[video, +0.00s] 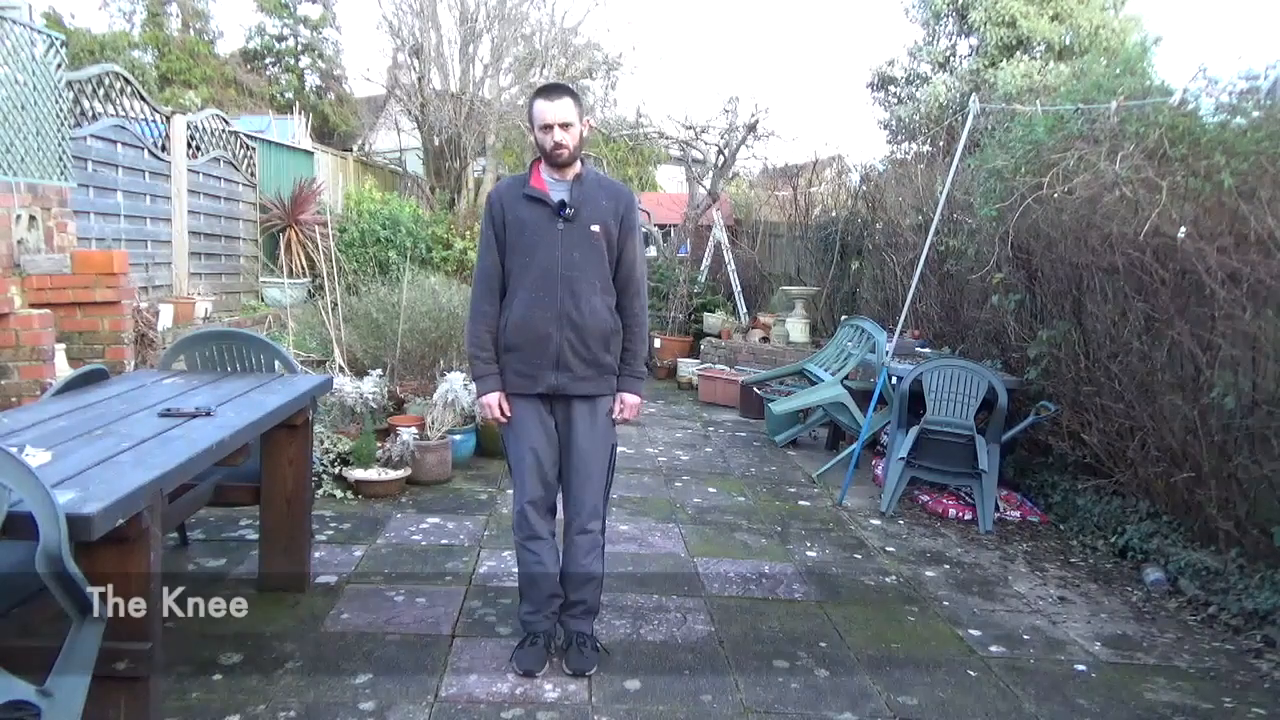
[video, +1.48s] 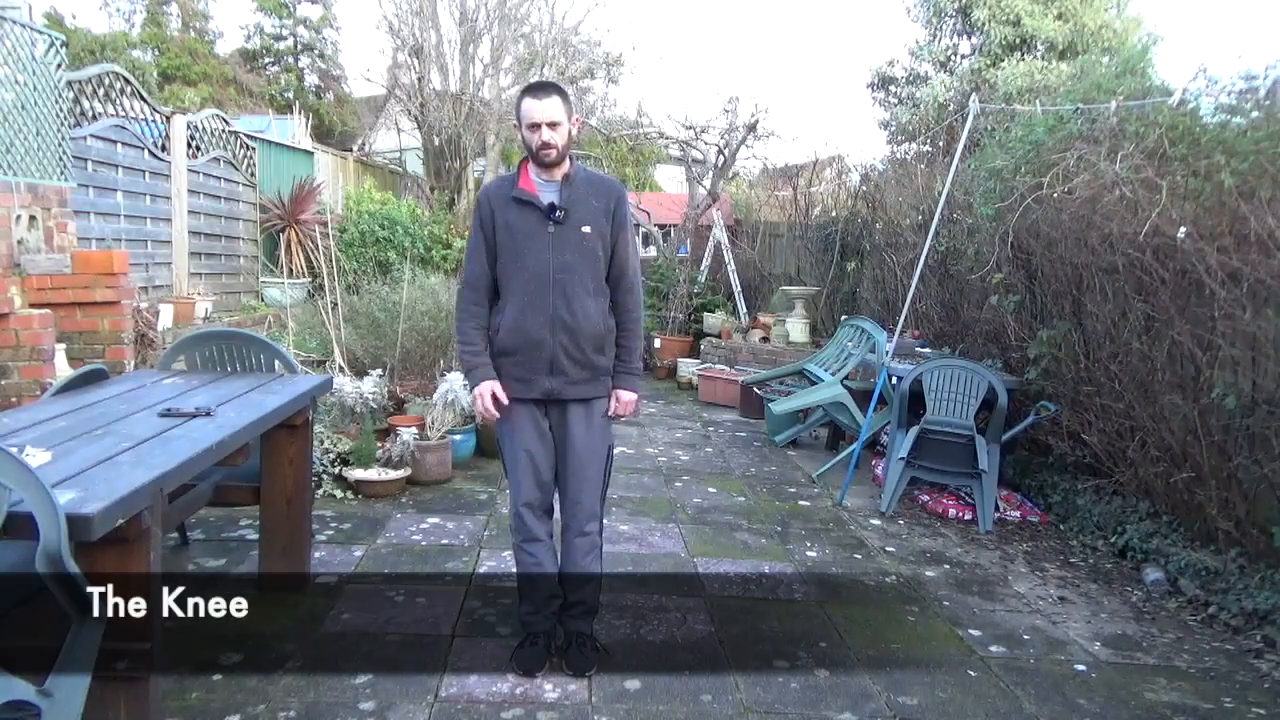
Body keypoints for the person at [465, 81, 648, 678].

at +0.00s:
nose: (556, 136)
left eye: (565, 125)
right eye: (545, 128)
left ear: (583, 127)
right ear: (532, 133)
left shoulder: (617, 199)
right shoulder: (504, 198)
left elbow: (633, 296)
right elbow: (485, 294)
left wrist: (633, 379)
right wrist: (485, 377)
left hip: (594, 378)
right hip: (522, 378)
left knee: (586, 509)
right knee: (532, 506)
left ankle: (581, 627)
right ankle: (535, 625)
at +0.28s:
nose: (550, 137)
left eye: (559, 126)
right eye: (539, 128)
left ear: (578, 127)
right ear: (527, 132)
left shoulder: (613, 195)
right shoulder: (501, 197)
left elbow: (632, 293)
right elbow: (483, 295)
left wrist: (632, 377)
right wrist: (483, 378)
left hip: (594, 378)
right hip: (521, 379)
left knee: (585, 510)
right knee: (531, 506)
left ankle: (580, 632)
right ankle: (536, 631)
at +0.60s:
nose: (546, 137)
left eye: (556, 125)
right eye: (536, 127)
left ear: (575, 126)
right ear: (523, 131)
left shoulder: (611, 194)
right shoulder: (498, 197)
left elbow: (631, 293)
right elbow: (481, 295)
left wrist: (631, 375)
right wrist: (481, 378)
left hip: (592, 378)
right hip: (518, 379)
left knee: (585, 507)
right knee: (530, 505)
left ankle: (580, 632)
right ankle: (536, 631)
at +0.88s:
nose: (545, 135)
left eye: (554, 124)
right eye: (534, 126)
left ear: (574, 126)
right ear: (522, 132)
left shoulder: (610, 194)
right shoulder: (496, 198)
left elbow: (630, 292)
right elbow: (479, 296)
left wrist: (630, 376)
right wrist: (480, 380)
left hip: (591, 379)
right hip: (517, 380)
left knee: (584, 509)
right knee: (529, 507)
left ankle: (579, 633)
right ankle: (536, 633)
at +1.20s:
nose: (542, 135)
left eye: (552, 124)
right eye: (532, 126)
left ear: (573, 126)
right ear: (520, 132)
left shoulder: (609, 194)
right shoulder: (495, 198)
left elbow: (629, 292)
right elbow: (478, 296)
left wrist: (628, 376)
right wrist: (479, 380)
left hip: (590, 378)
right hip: (517, 380)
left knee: (583, 509)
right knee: (529, 507)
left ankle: (579, 631)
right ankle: (536, 631)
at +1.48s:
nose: (543, 136)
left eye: (552, 125)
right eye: (532, 127)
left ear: (573, 126)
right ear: (520, 131)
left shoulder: (607, 194)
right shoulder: (494, 198)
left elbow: (627, 291)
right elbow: (472, 294)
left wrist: (628, 375)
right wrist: (479, 372)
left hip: (590, 377)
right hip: (516, 379)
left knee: (584, 508)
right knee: (529, 507)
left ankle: (580, 629)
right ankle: (536, 630)